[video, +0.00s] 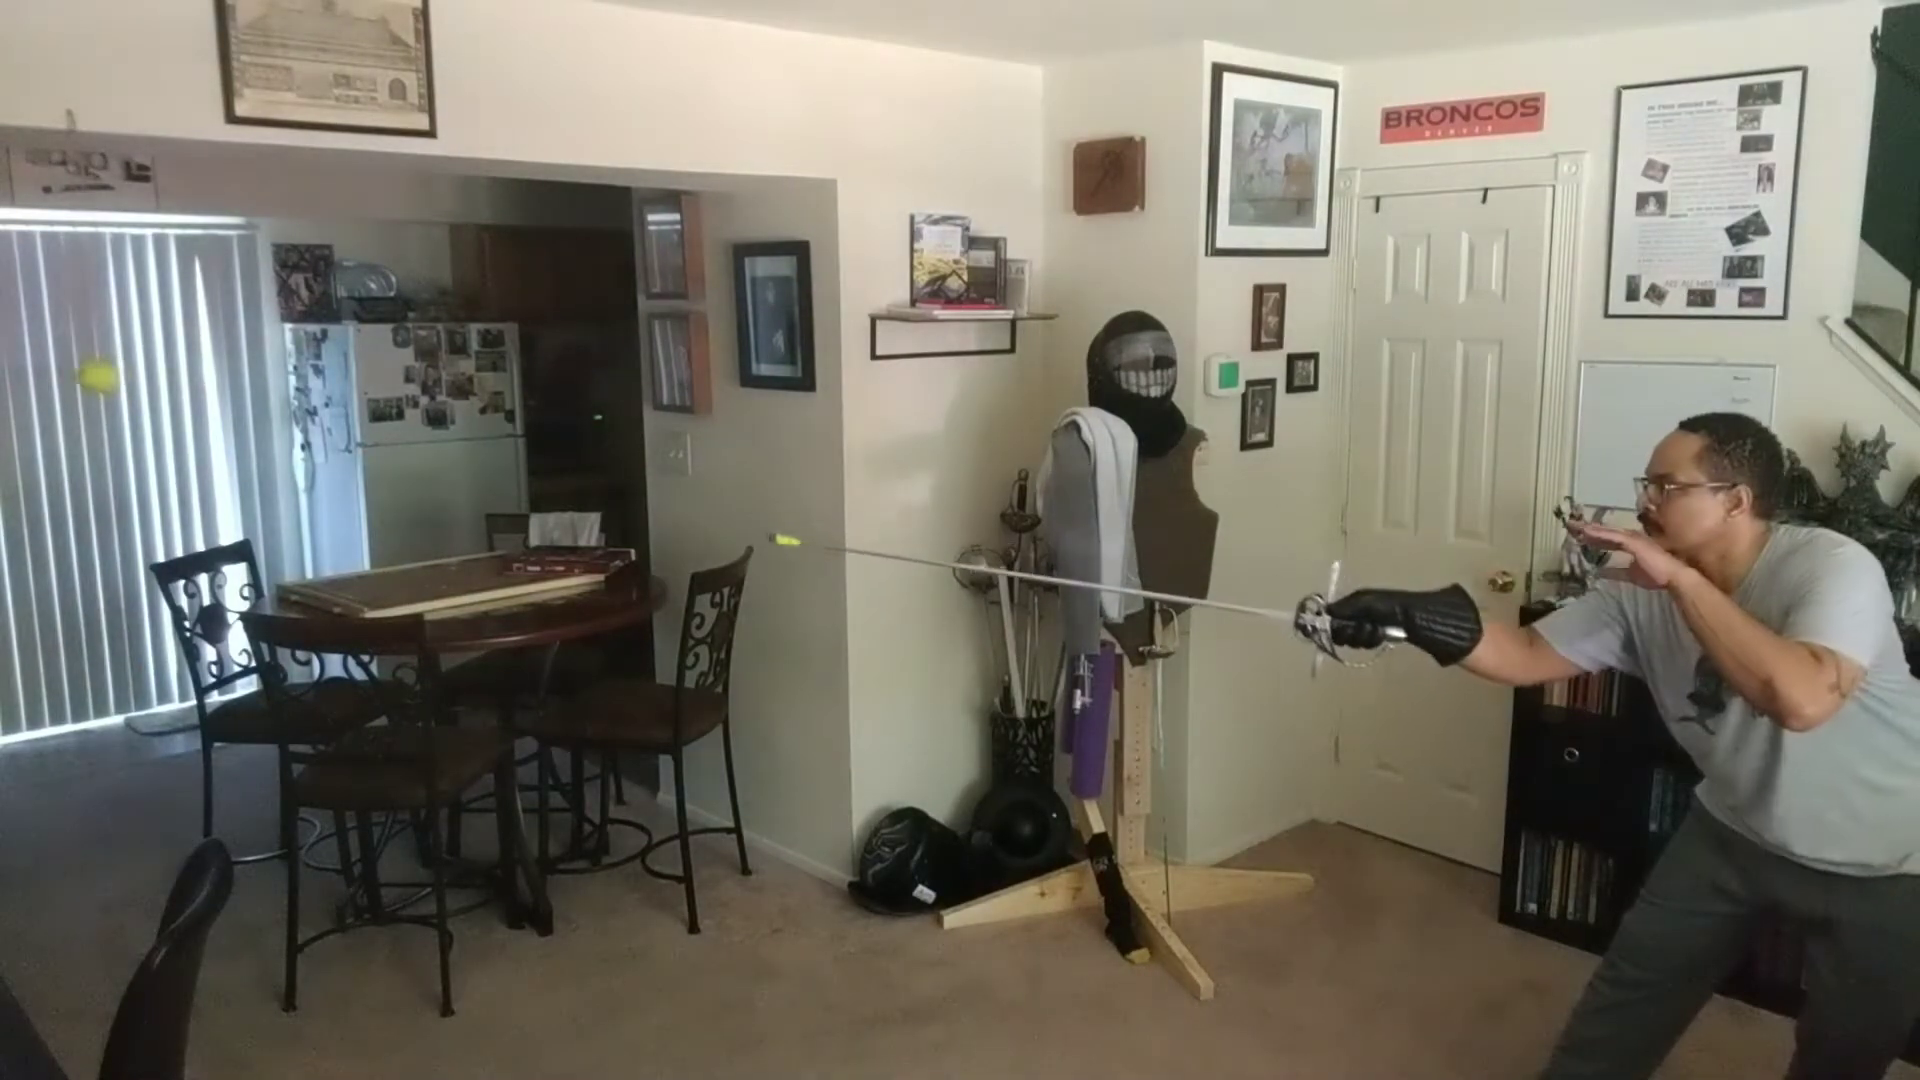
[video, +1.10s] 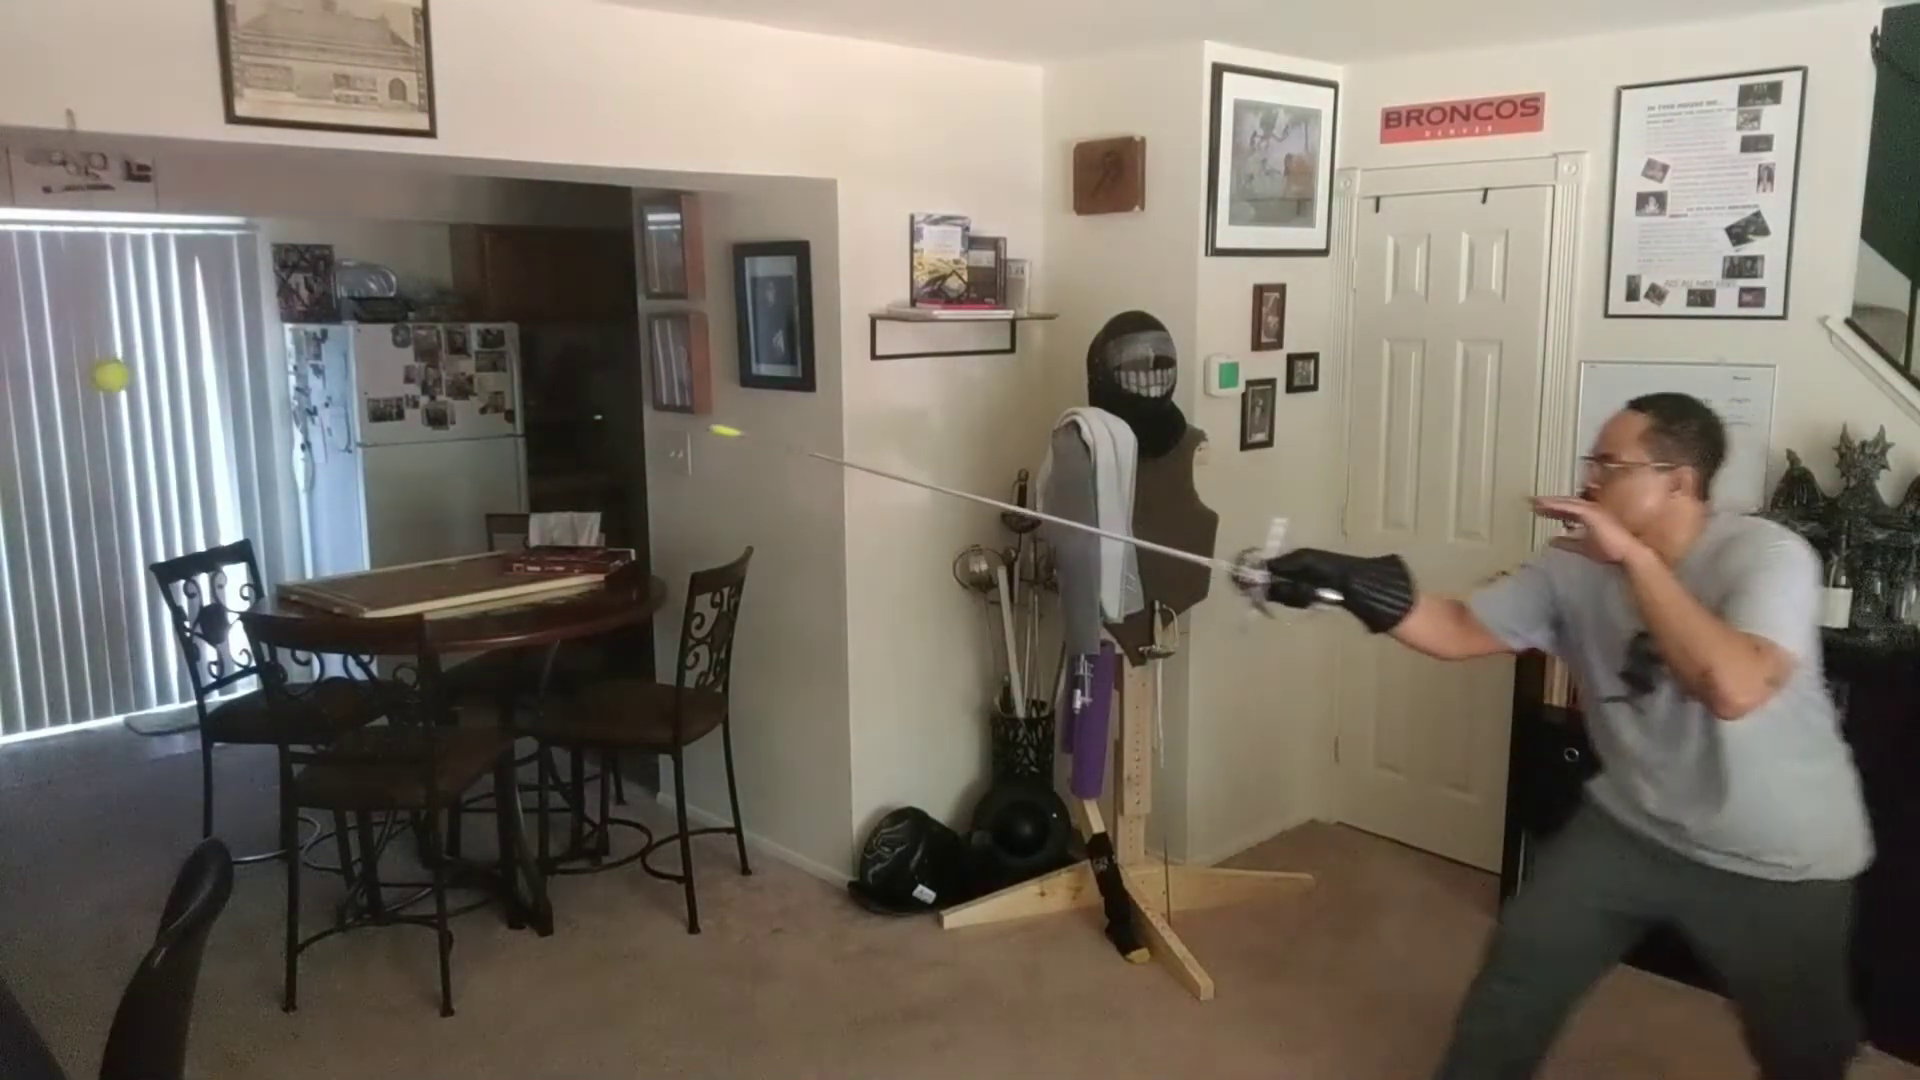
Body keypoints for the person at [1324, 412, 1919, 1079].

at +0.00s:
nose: (1645, 502)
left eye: (1666, 486)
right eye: (1648, 486)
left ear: (1736, 500)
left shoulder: (1837, 569)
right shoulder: (1644, 590)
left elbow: (1804, 697)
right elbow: (1527, 654)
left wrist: (1679, 578)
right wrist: (1419, 615)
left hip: (1877, 877)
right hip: (1729, 835)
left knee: (1838, 1067)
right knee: (1613, 1025)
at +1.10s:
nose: (1588, 482)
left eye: (1610, 466)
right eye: (1592, 465)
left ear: (1680, 481)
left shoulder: (1768, 558)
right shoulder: (1576, 571)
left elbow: (1736, 685)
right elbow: (1459, 627)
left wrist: (1636, 557)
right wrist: (1346, 581)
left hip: (1783, 870)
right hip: (1630, 829)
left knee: (1807, 1057)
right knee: (1519, 971)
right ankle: (1474, 1070)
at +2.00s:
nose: (1463, 482)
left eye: (1483, 467)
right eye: (1466, 464)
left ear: (1547, 481)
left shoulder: (1647, 560)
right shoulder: (1449, 561)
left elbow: (1626, 690)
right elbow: (1324, 605)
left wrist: (1520, 556)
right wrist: (1202, 564)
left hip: (1621, 867)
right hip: (1487, 821)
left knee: (1622, 1055)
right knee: (1379, 938)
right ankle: (1412, 1071)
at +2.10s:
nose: (1433, 489)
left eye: (1455, 472)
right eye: (1438, 471)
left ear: (1520, 485)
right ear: (1510, 481)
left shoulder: (1612, 567)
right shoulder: (1412, 561)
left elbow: (1688, 706)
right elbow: (1275, 562)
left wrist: (1550, 642)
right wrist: (1136, 535)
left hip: (1594, 866)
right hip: (1458, 823)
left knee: (1607, 1056)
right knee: (1335, 921)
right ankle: (1366, 1071)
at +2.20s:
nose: (1380, 495)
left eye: (1400, 481)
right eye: (1384, 479)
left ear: (1466, 495)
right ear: (1430, 494)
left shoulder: (1566, 577)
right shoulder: (1358, 563)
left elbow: (1695, 683)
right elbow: (1218, 538)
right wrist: (1062, 516)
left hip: (1551, 867)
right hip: (1416, 822)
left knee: (1582, 1052)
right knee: (1278, 918)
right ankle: (1262, 1070)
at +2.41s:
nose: (1221, 518)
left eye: (1241, 504)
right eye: (1224, 501)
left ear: (1298, 514)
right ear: (1245, 511)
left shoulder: (1407, 597)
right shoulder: (1205, 576)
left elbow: (1566, 653)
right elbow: (1071, 549)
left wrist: (1719, 713)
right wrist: (956, 521)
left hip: (1417, 887)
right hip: (1274, 846)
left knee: (1513, 1041)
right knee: (1133, 954)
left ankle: (1578, 1076)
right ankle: (1048, 1075)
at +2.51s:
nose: (1113, 530)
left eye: (1134, 517)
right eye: (1114, 515)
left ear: (1188, 531)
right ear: (1125, 529)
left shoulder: (1282, 614)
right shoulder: (1090, 592)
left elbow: (1438, 655)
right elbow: (949, 554)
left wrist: (1583, 699)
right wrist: (817, 525)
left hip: (1327, 886)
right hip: (1181, 857)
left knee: (1463, 1027)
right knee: (1050, 935)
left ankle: (1542, 1070)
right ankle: (999, 1075)